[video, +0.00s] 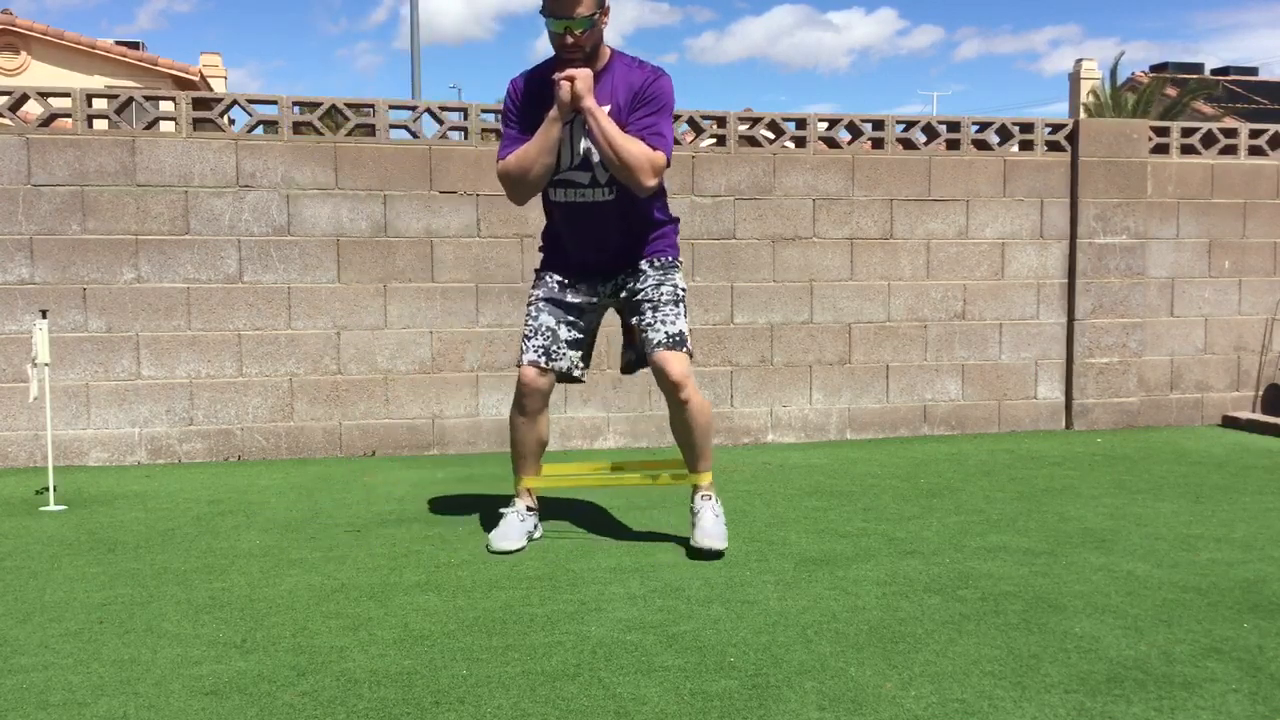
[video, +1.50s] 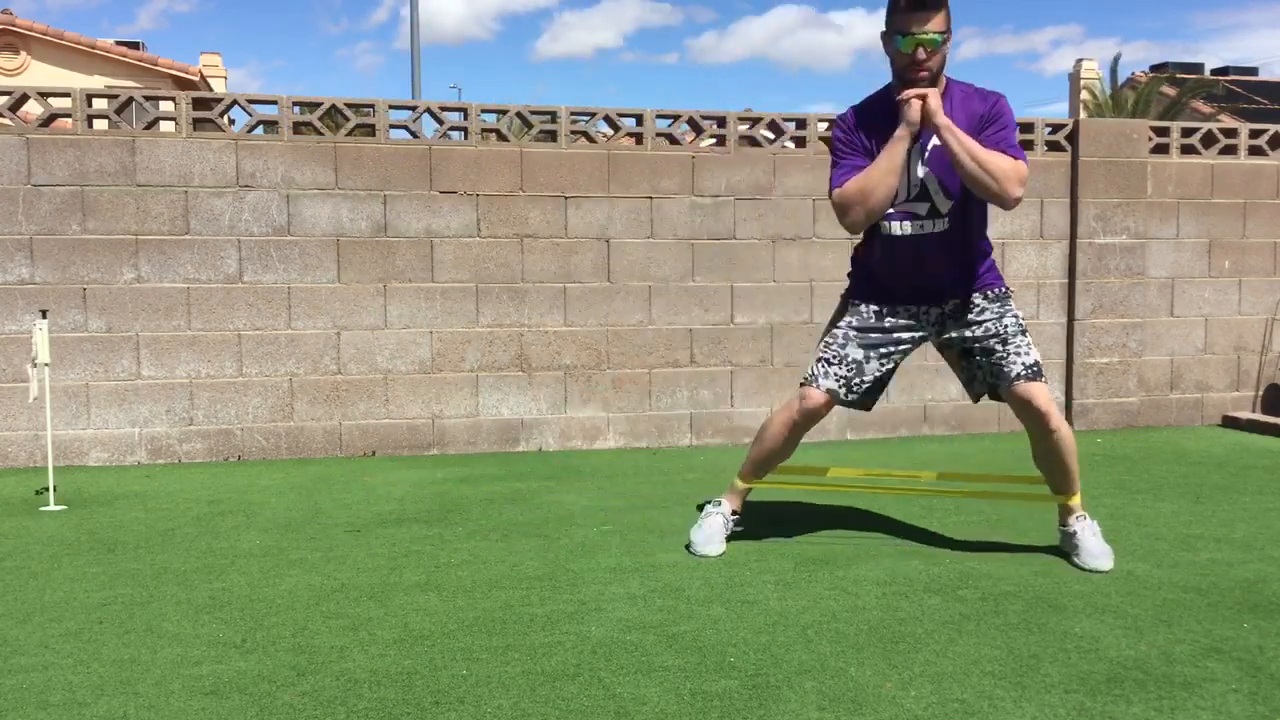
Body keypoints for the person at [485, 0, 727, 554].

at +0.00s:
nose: (567, 35)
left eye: (580, 23)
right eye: (556, 24)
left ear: (604, 18)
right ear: (545, 21)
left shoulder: (647, 82)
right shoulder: (526, 88)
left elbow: (646, 176)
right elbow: (517, 188)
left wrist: (589, 106)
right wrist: (561, 111)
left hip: (644, 254)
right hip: (568, 257)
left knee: (673, 372)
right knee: (530, 381)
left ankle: (705, 497)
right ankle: (524, 505)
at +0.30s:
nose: (636, 61)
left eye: (648, 49)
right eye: (624, 48)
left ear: (669, 43)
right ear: (610, 44)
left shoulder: (711, 107)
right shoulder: (590, 118)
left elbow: (722, 195)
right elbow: (575, 213)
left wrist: (655, 132)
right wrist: (623, 138)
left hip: (718, 283)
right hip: (633, 289)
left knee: (785, 391)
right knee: (571, 397)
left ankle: (870, 504)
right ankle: (530, 508)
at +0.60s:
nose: (770, 47)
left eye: (783, 35)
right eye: (758, 35)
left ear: (805, 26)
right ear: (744, 28)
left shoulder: (846, 91)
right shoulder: (723, 101)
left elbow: (856, 176)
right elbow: (714, 201)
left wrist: (791, 114)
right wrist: (759, 124)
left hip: (823, 271)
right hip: (740, 265)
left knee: (854, 399)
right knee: (664, 371)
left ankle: (884, 513)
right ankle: (607, 486)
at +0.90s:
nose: (808, 31)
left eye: (821, 19)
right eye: (796, 18)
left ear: (841, 15)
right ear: (780, 14)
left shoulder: (874, 81)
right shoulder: (749, 83)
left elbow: (874, 172)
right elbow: (737, 181)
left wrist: (820, 100)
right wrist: (787, 106)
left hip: (847, 258)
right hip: (768, 255)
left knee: (866, 385)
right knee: (729, 375)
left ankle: (886, 512)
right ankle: (714, 502)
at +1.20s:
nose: (814, 30)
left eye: (828, 19)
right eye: (801, 17)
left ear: (847, 18)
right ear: (785, 17)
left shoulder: (881, 82)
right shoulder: (757, 88)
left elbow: (883, 177)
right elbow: (742, 186)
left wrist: (828, 102)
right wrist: (795, 109)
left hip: (869, 262)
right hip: (788, 265)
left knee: (918, 375)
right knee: (747, 383)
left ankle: (969, 495)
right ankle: (718, 504)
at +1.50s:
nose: (922, 56)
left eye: (935, 43)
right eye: (907, 43)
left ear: (950, 43)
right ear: (887, 44)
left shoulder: (986, 108)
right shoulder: (857, 123)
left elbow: (1010, 190)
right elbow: (853, 215)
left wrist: (942, 125)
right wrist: (905, 132)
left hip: (970, 291)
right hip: (881, 295)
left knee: (1039, 405)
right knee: (812, 401)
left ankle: (1075, 519)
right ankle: (728, 505)